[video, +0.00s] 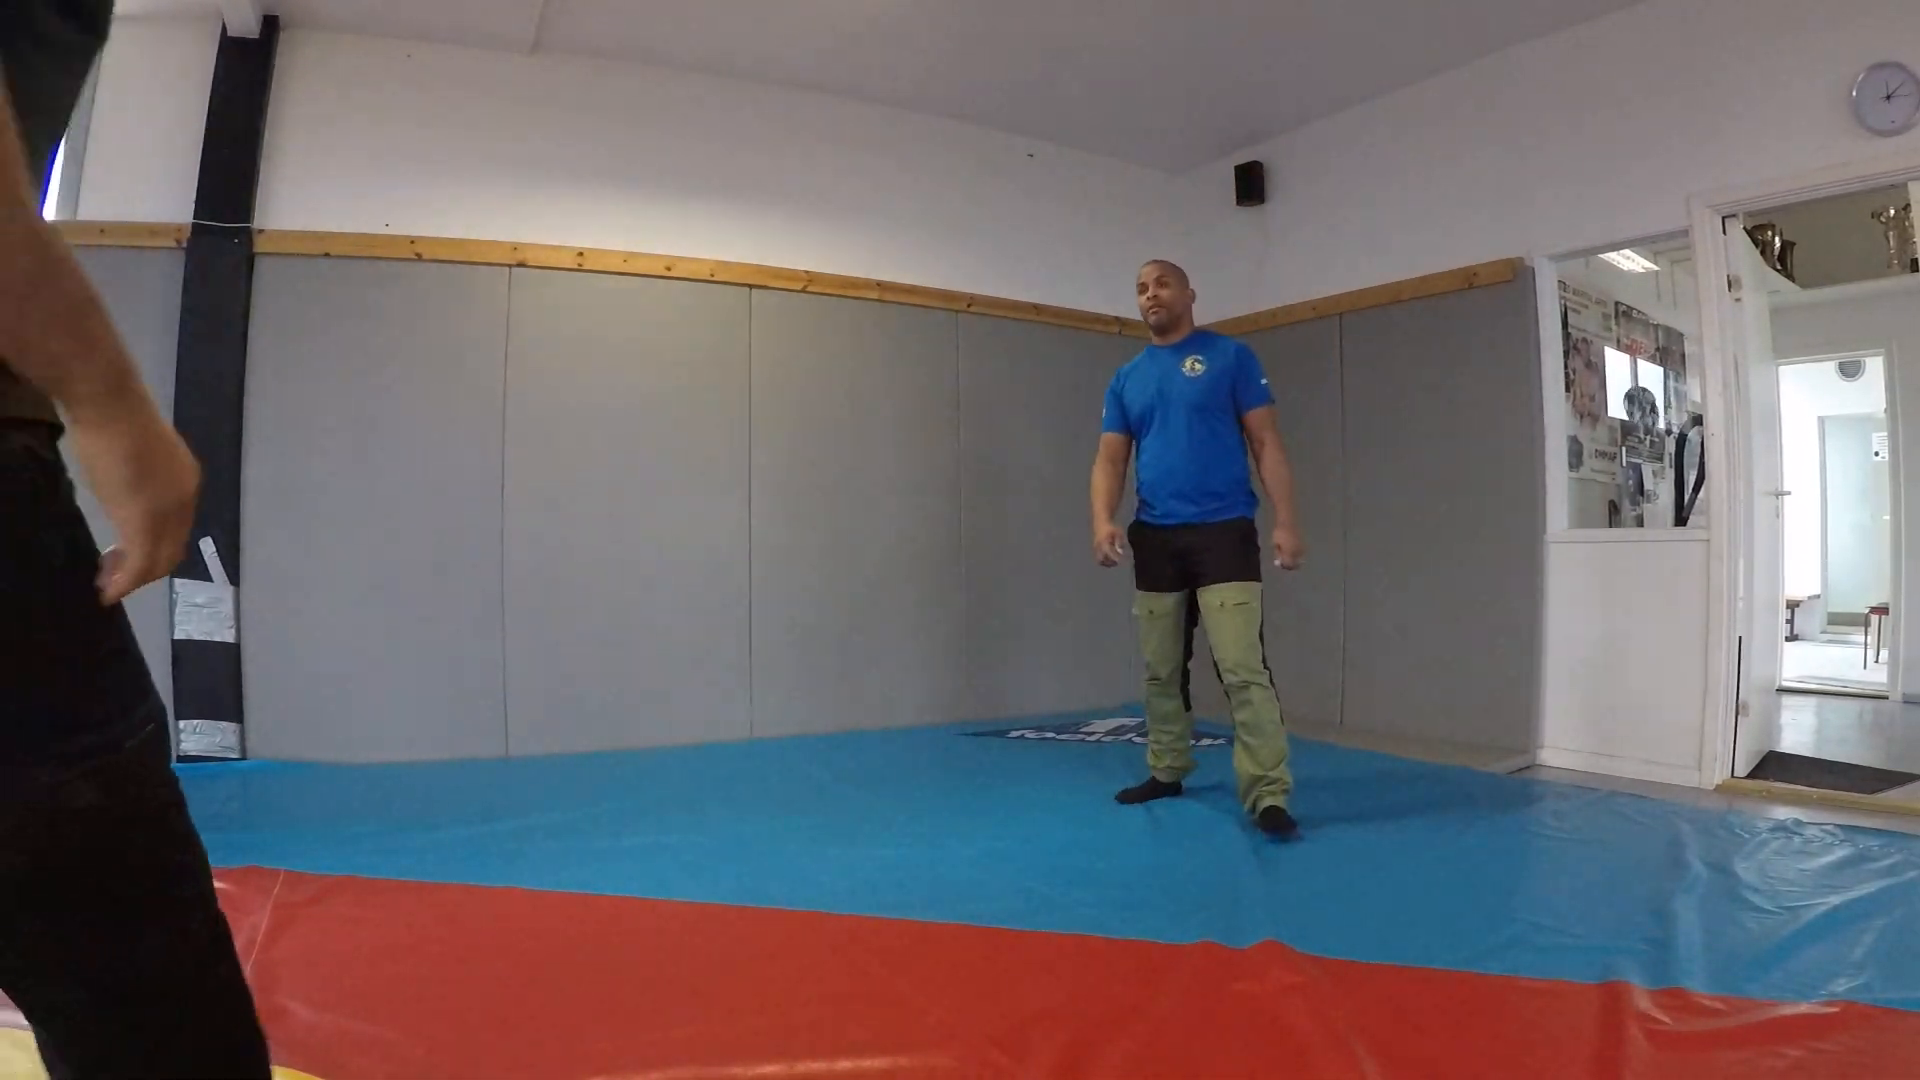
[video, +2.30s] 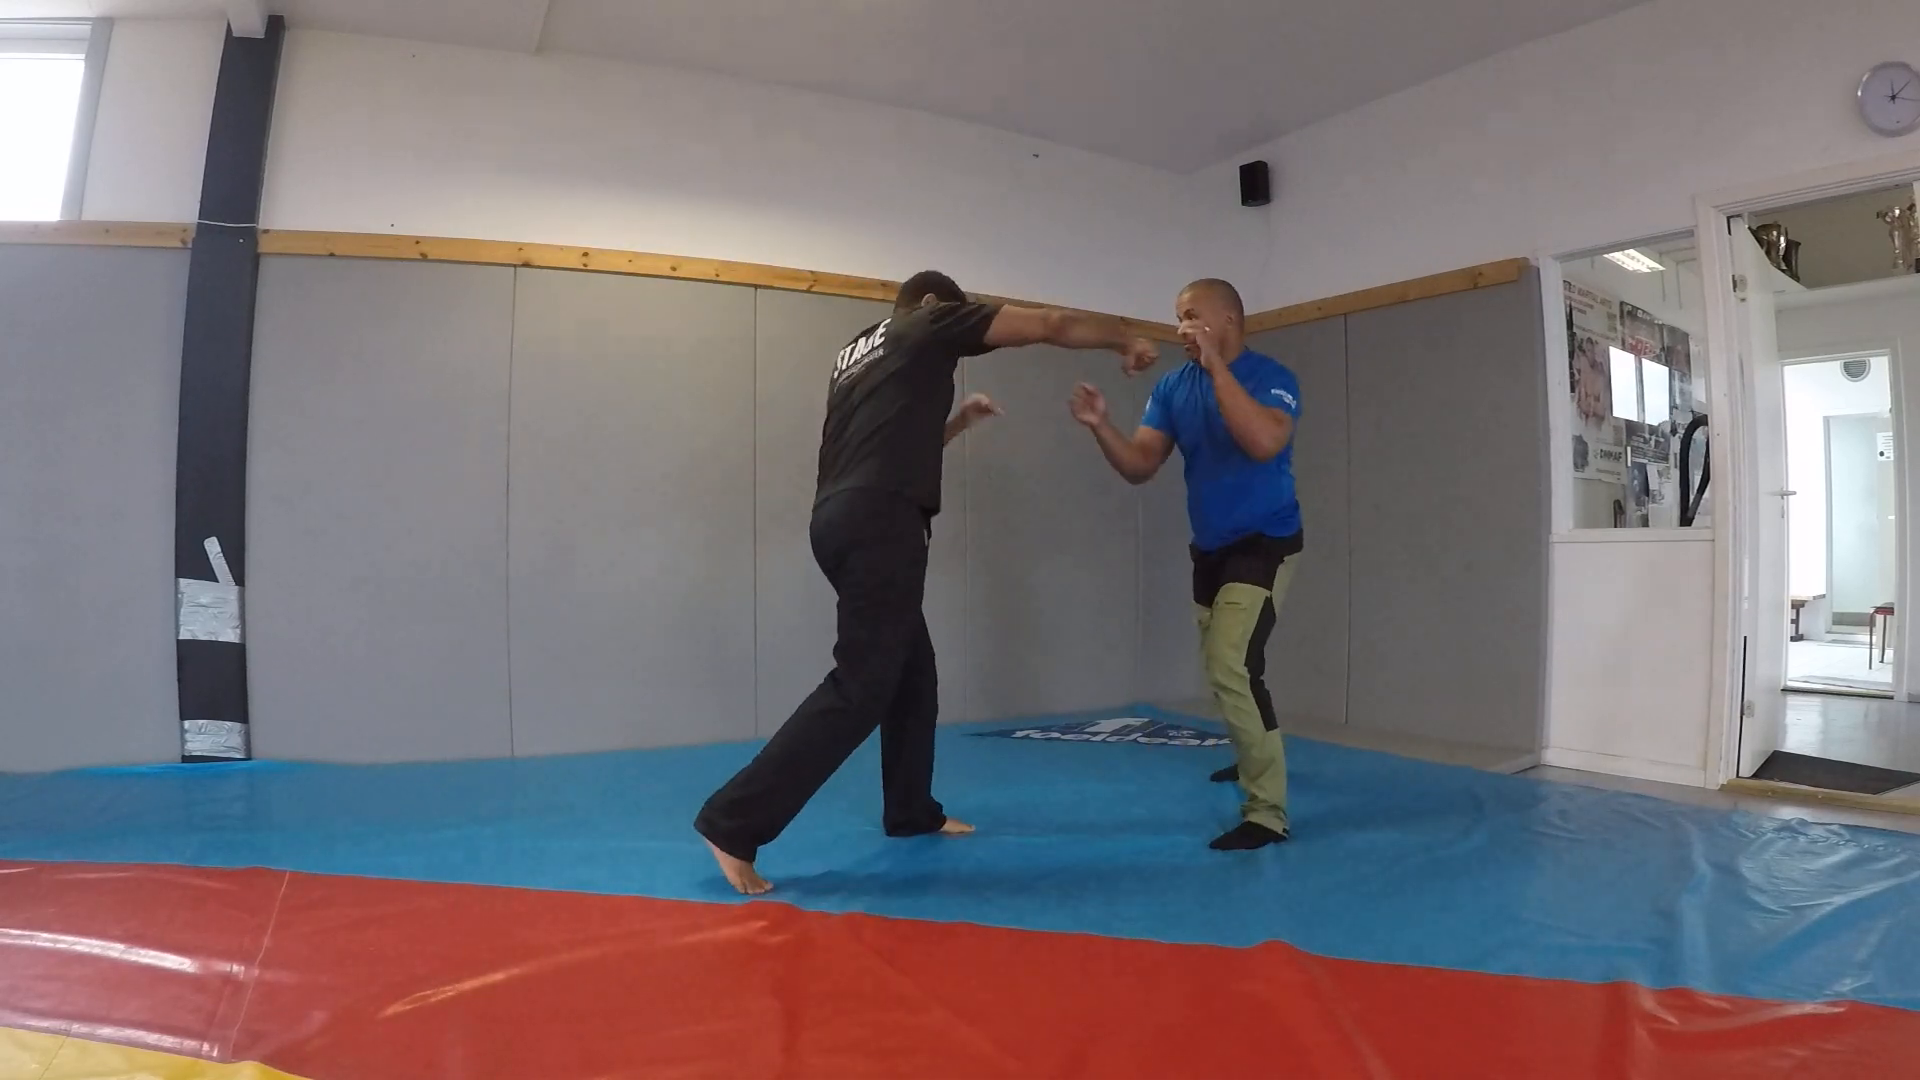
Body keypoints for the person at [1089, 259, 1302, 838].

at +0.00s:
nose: (1150, 294)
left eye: (1161, 284)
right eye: (1143, 288)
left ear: (1189, 295)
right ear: (1138, 304)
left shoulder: (1231, 358)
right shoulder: (1126, 379)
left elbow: (1265, 442)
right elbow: (1110, 458)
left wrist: (1285, 523)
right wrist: (1102, 521)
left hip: (1225, 533)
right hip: (1155, 537)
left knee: (1241, 667)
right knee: (1160, 666)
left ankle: (1268, 795)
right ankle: (1166, 772)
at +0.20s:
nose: (1131, 300)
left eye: (1141, 289)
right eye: (1124, 294)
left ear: (1170, 297)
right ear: (1121, 308)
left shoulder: (1211, 354)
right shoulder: (1117, 381)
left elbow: (1241, 438)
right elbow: (1104, 466)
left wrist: (1207, 499)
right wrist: (1088, 542)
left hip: (1211, 526)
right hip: (1148, 533)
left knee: (1230, 660)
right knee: (1158, 664)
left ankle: (1258, 784)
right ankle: (1167, 773)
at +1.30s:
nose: (1117, 312)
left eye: (1127, 299)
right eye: (1112, 306)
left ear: (1160, 303)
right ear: (1118, 318)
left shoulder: (1191, 352)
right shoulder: (1130, 378)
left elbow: (1226, 427)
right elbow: (1129, 466)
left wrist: (1144, 435)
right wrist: (1084, 513)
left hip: (1190, 531)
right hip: (1141, 533)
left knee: (1192, 668)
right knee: (1148, 668)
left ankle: (1224, 801)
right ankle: (1168, 773)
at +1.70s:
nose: (1132, 326)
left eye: (1143, 312)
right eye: (1128, 318)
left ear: (1181, 315)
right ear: (1135, 329)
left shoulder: (1206, 370)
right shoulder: (1167, 383)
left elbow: (1190, 457)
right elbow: (1171, 471)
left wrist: (1122, 405)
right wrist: (1118, 456)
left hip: (1233, 545)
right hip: (1185, 544)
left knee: (1199, 677)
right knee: (1148, 671)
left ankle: (1264, 815)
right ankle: (1170, 773)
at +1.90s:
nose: (1154, 328)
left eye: (1165, 315)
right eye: (1151, 318)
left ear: (1202, 319)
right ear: (1165, 326)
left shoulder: (1235, 381)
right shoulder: (1180, 383)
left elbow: (1211, 476)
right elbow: (1157, 447)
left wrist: (1145, 413)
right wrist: (1117, 400)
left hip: (1260, 548)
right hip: (1211, 545)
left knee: (1209, 674)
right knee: (1164, 667)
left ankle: (1264, 817)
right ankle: (1177, 770)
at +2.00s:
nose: (1169, 329)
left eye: (1179, 316)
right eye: (1166, 319)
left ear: (1220, 317)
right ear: (1174, 325)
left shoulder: (1259, 387)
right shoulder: (1181, 376)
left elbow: (1246, 480)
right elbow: (1116, 410)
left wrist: (1179, 412)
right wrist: (1068, 355)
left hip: (1267, 546)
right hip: (1213, 544)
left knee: (1217, 671)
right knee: (1172, 663)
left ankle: (1265, 818)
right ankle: (1215, 754)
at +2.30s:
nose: (1184, 327)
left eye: (1194, 316)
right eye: (1179, 319)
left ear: (1231, 321)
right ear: (1181, 329)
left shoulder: (1271, 378)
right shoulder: (1175, 387)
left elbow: (1264, 442)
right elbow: (1138, 465)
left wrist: (1216, 368)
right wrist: (1100, 424)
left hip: (1264, 540)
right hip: (1211, 546)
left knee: (1229, 664)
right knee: (1225, 664)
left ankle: (1268, 815)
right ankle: (1255, 758)